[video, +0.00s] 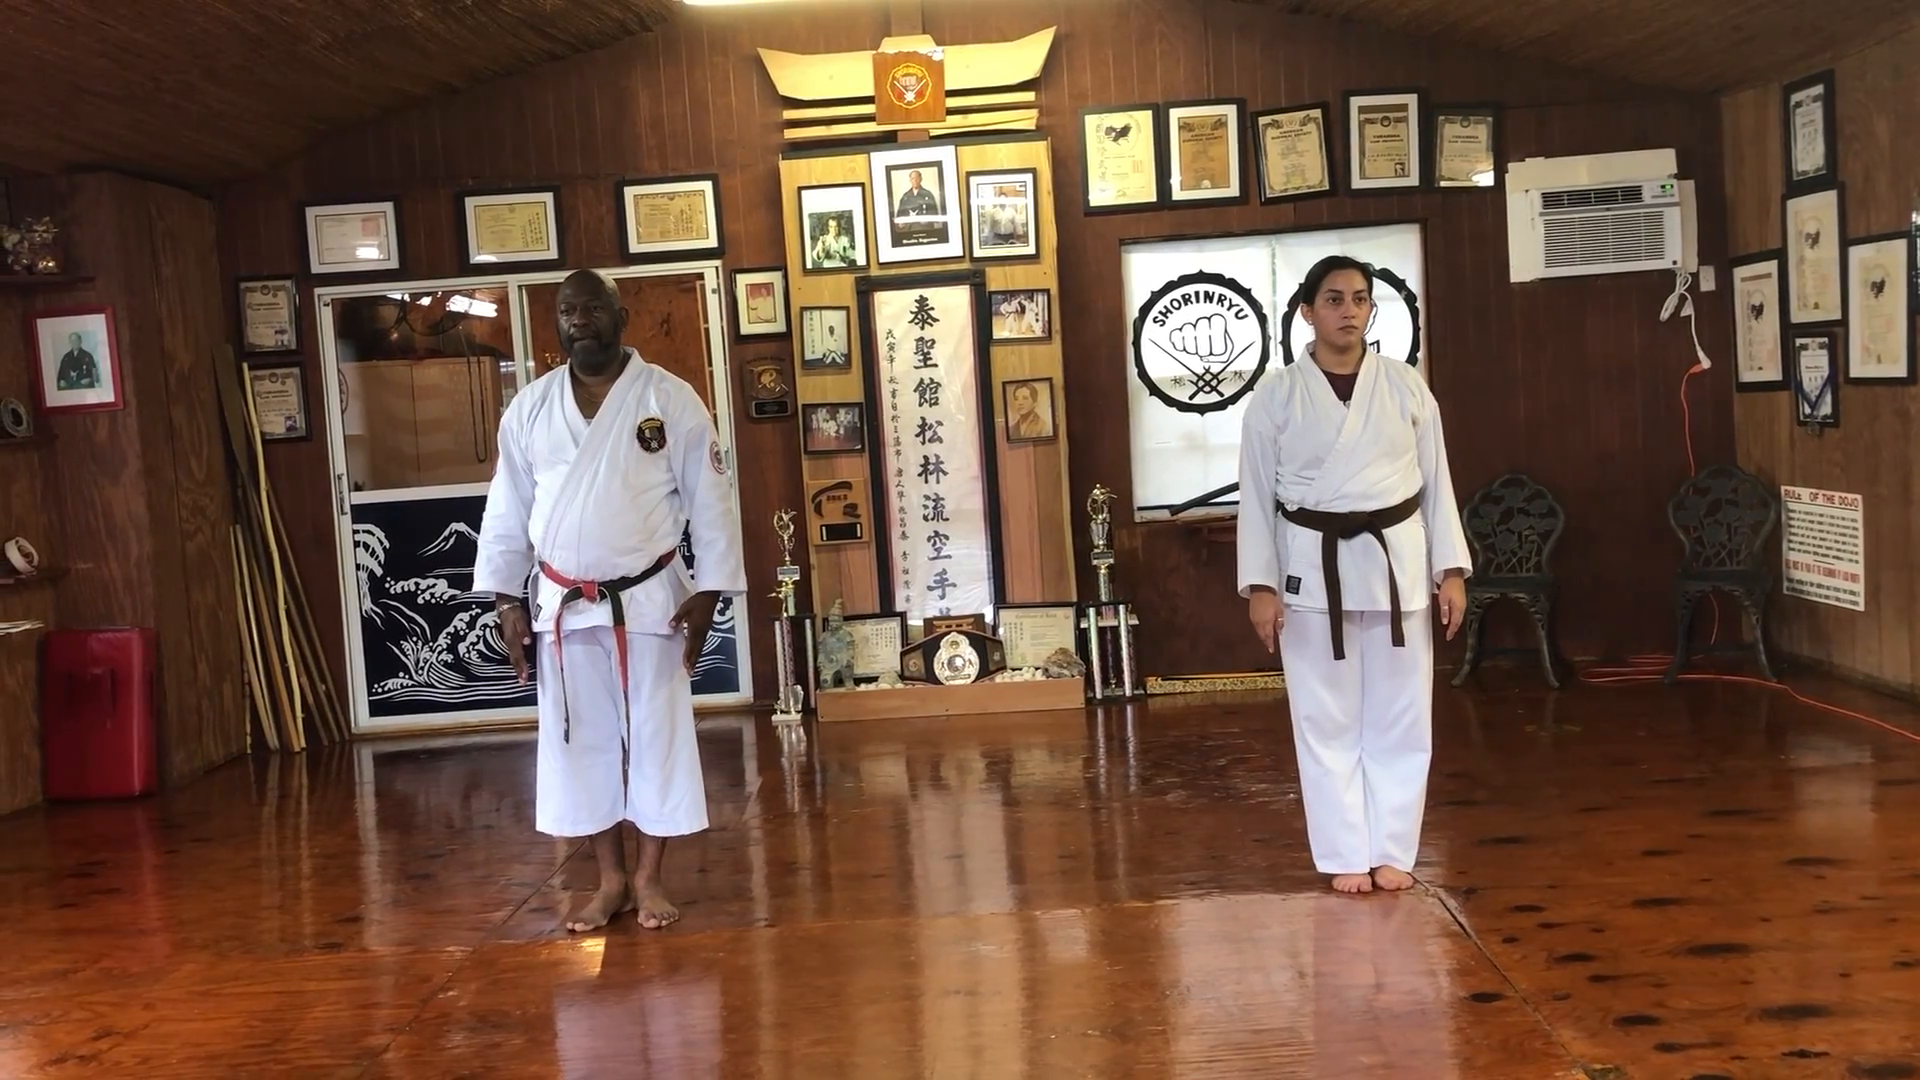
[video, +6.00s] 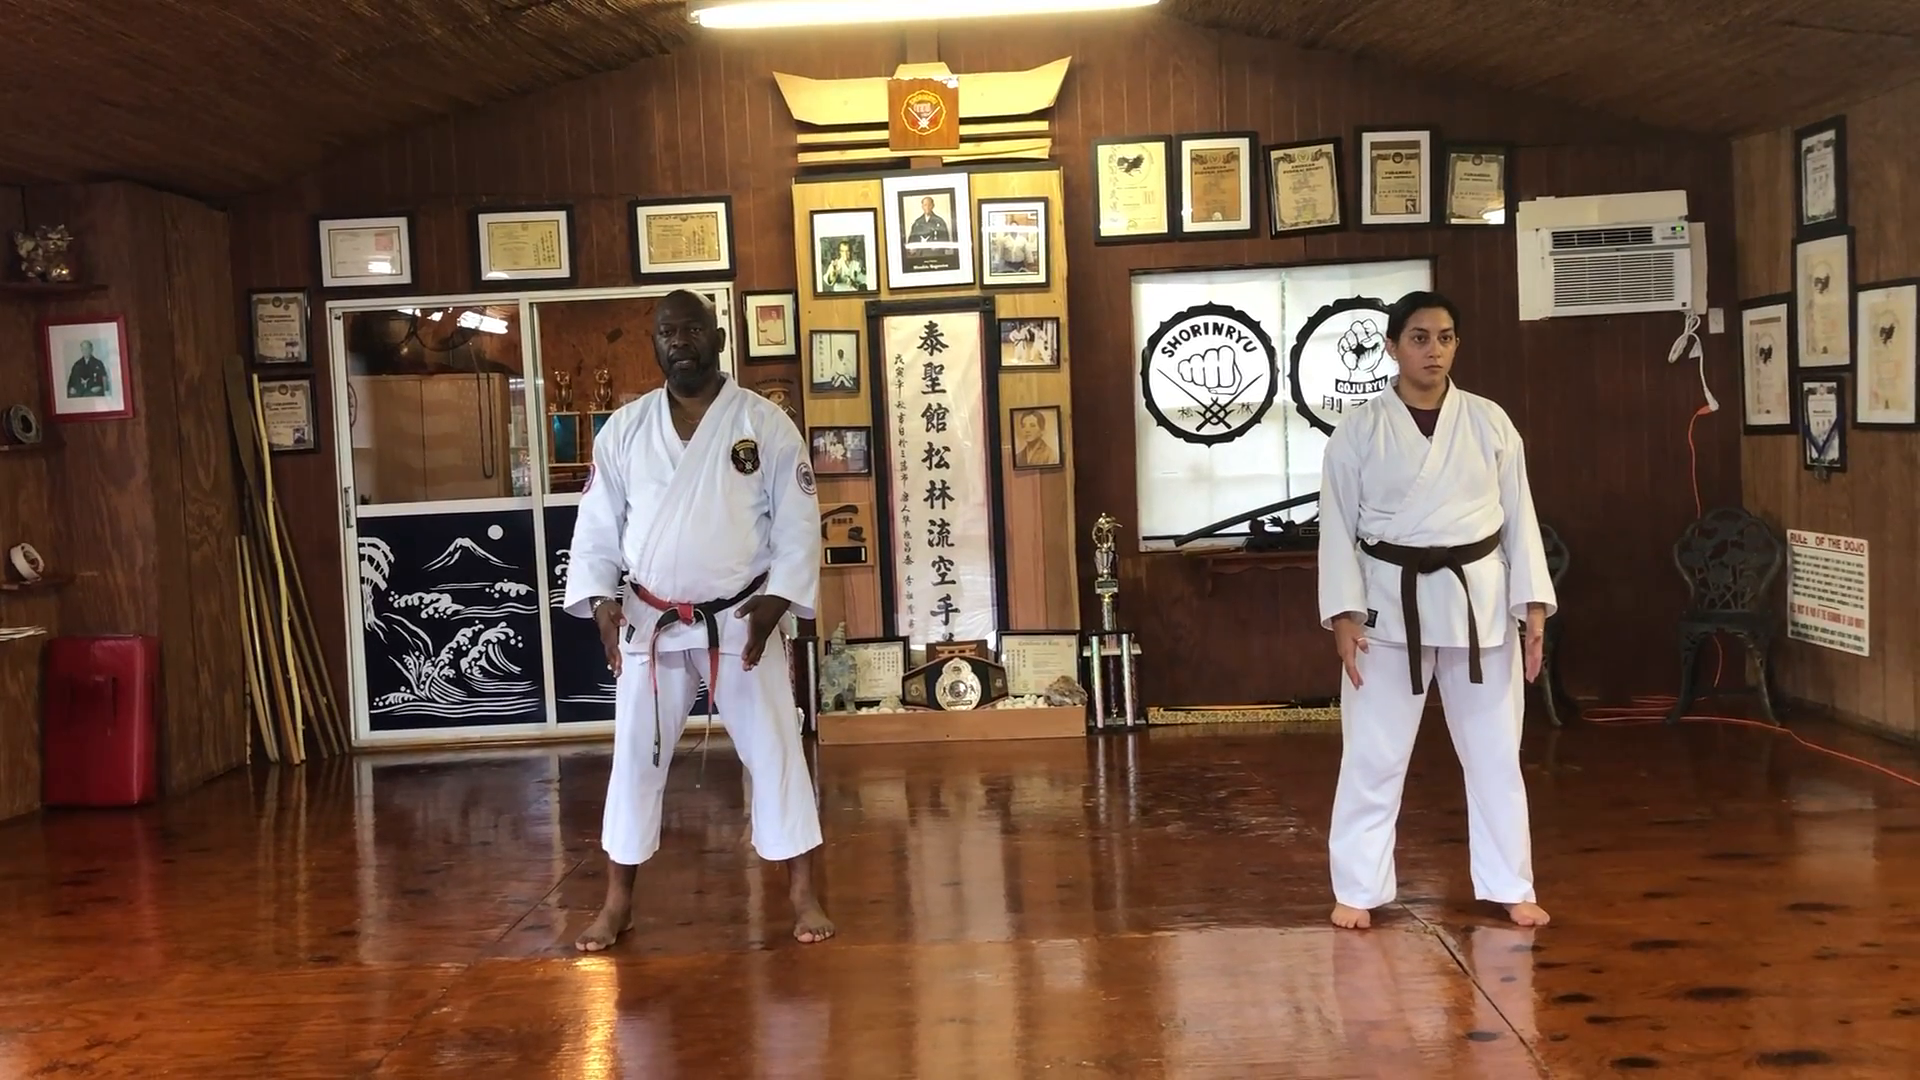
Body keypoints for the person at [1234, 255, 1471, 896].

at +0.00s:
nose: (1349, 310)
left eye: (1360, 299)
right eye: (1334, 298)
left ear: (1372, 311)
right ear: (1308, 311)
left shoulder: (1405, 385)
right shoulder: (1273, 396)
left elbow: (1435, 484)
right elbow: (1256, 497)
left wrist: (1450, 570)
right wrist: (1260, 584)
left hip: (1399, 570)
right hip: (1311, 575)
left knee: (1399, 717)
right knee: (1327, 720)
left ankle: (1392, 855)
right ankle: (1345, 860)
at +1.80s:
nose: (1370, 397)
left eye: (1382, 382)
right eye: (1357, 383)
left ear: (1397, 375)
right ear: (1329, 375)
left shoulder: (1422, 423)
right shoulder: (1286, 429)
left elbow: (1435, 518)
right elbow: (1261, 525)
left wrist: (1430, 603)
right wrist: (1273, 615)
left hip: (1393, 574)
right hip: (1313, 578)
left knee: (1392, 715)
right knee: (1327, 719)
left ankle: (1386, 857)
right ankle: (1345, 861)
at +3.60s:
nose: (1375, 313)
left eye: (1386, 301)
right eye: (1360, 301)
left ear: (1398, 313)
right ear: (1334, 312)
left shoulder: (1429, 387)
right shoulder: (1298, 396)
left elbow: (1458, 487)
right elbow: (1276, 497)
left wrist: (1478, 570)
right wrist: (1283, 586)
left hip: (1425, 563)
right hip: (1335, 567)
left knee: (1455, 710)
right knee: (1345, 721)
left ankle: (1480, 844)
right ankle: (1356, 860)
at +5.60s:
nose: (1438, 354)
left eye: (1448, 342)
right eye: (1423, 342)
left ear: (1461, 352)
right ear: (1397, 352)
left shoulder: (1493, 428)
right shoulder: (1361, 435)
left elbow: (1521, 525)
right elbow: (1339, 530)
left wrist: (1536, 610)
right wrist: (1344, 614)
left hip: (1485, 609)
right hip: (1390, 611)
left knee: (1498, 763)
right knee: (1375, 763)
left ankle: (1513, 895)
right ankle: (1358, 900)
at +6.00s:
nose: (1434, 349)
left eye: (1445, 337)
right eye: (1420, 337)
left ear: (1456, 347)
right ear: (1393, 347)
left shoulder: (1490, 422)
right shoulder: (1358, 429)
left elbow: (1519, 519)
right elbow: (1336, 525)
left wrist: (1533, 603)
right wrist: (1341, 609)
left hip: (1481, 604)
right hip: (1387, 605)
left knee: (1495, 757)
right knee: (1373, 758)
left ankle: (1511, 889)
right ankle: (1357, 894)